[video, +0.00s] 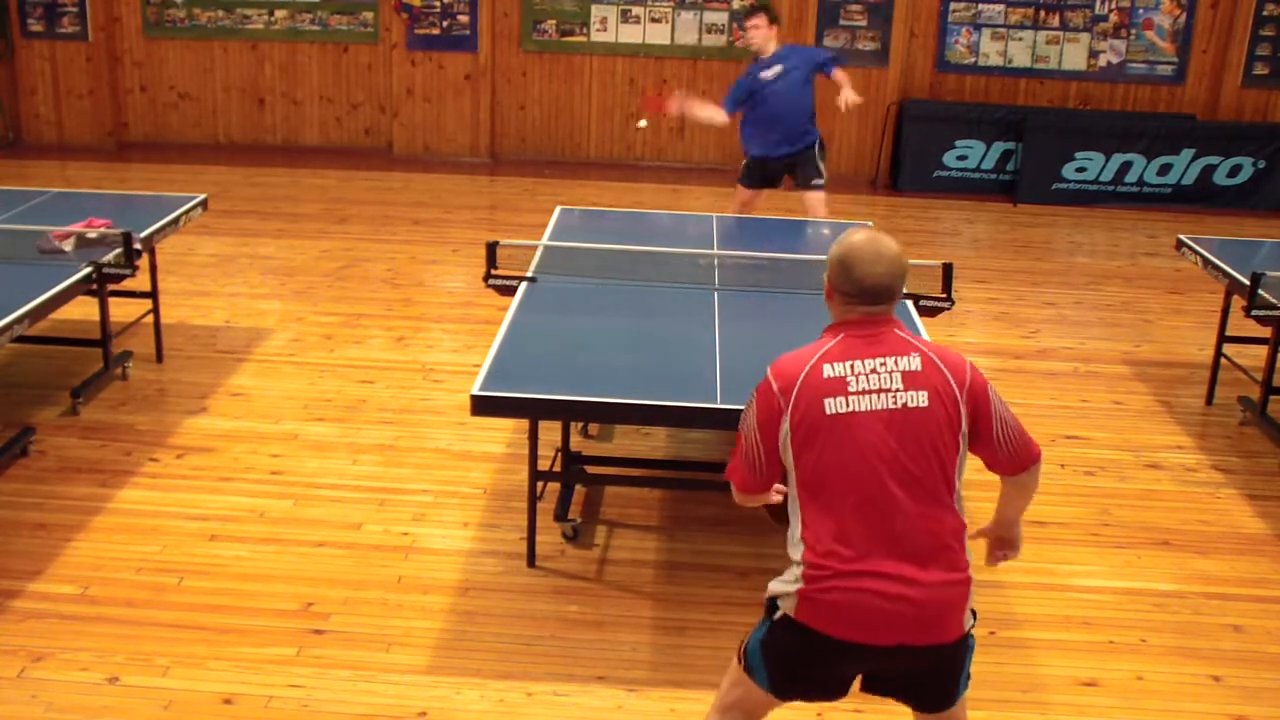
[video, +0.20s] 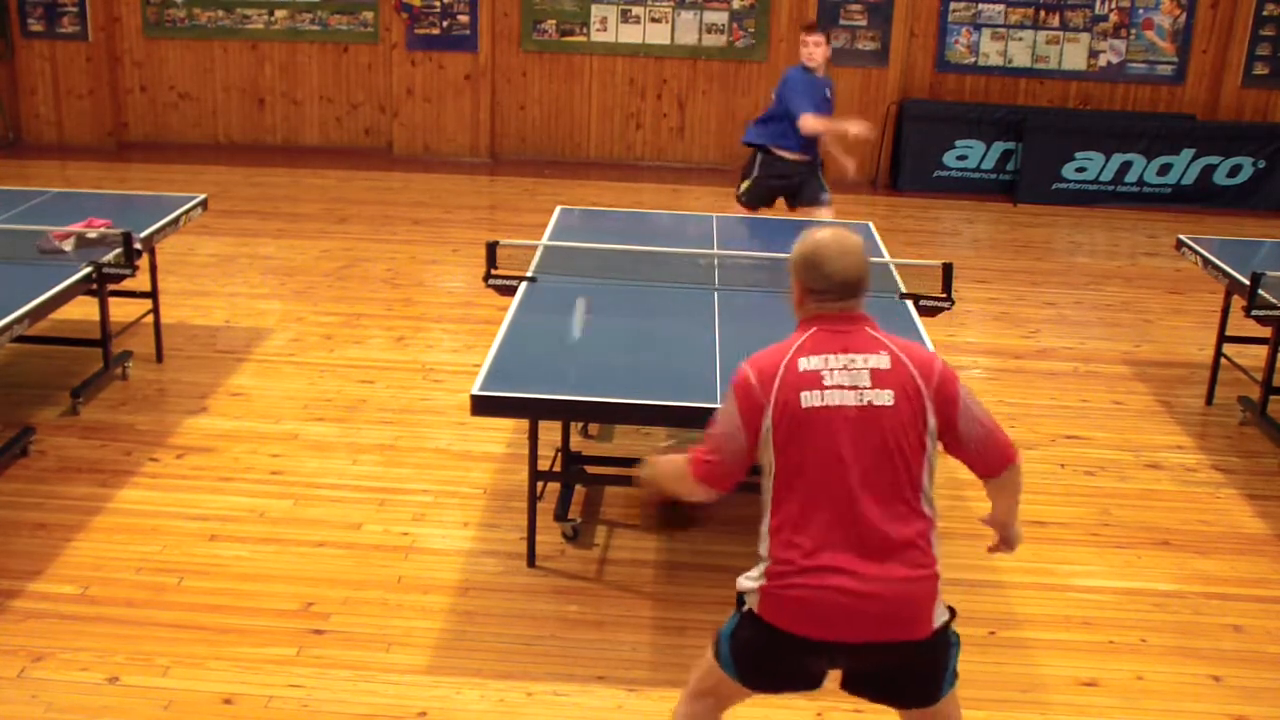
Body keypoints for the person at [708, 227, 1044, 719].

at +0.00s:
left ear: (828, 290)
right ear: (900, 292)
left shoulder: (787, 377)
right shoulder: (953, 371)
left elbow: (747, 489)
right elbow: (1023, 462)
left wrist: (769, 492)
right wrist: (1006, 522)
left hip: (825, 619)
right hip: (935, 625)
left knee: (737, 704)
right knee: (944, 709)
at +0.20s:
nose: (790, 288)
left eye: (791, 279)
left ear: (798, 288)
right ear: (864, 286)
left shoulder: (763, 373)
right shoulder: (922, 367)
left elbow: (708, 479)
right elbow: (1001, 460)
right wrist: (1006, 519)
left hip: (796, 612)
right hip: (901, 616)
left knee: (702, 700)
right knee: (939, 711)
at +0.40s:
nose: (703, 304)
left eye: (705, 296)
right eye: (706, 293)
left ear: (715, 308)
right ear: (782, 302)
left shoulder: (695, 399)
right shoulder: (849, 372)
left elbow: (585, 444)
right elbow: (936, 447)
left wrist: (569, 381)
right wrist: (1008, 502)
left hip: (753, 624)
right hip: (860, 620)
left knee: (654, 675)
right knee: (890, 706)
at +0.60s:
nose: (723, 297)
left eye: (726, 289)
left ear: (732, 301)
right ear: (803, 298)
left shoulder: (711, 396)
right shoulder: (858, 374)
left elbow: (600, 453)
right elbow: (943, 446)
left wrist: (559, 363)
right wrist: (990, 484)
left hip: (732, 622)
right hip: (842, 622)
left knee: (650, 681)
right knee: (874, 707)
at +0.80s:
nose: (814, 284)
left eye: (817, 277)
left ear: (822, 293)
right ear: (893, 295)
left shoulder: (803, 391)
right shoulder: (938, 376)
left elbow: (722, 492)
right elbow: (994, 437)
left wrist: (628, 456)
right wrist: (962, 455)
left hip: (796, 624)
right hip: (901, 626)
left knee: (695, 707)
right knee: (906, 714)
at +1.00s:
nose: (869, 268)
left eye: (873, 260)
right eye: (877, 256)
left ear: (879, 281)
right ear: (950, 287)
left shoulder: (854, 379)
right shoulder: (989, 370)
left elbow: (794, 501)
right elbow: (1031, 444)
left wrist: (706, 531)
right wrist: (994, 471)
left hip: (837, 630)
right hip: (938, 636)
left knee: (753, 706)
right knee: (914, 713)